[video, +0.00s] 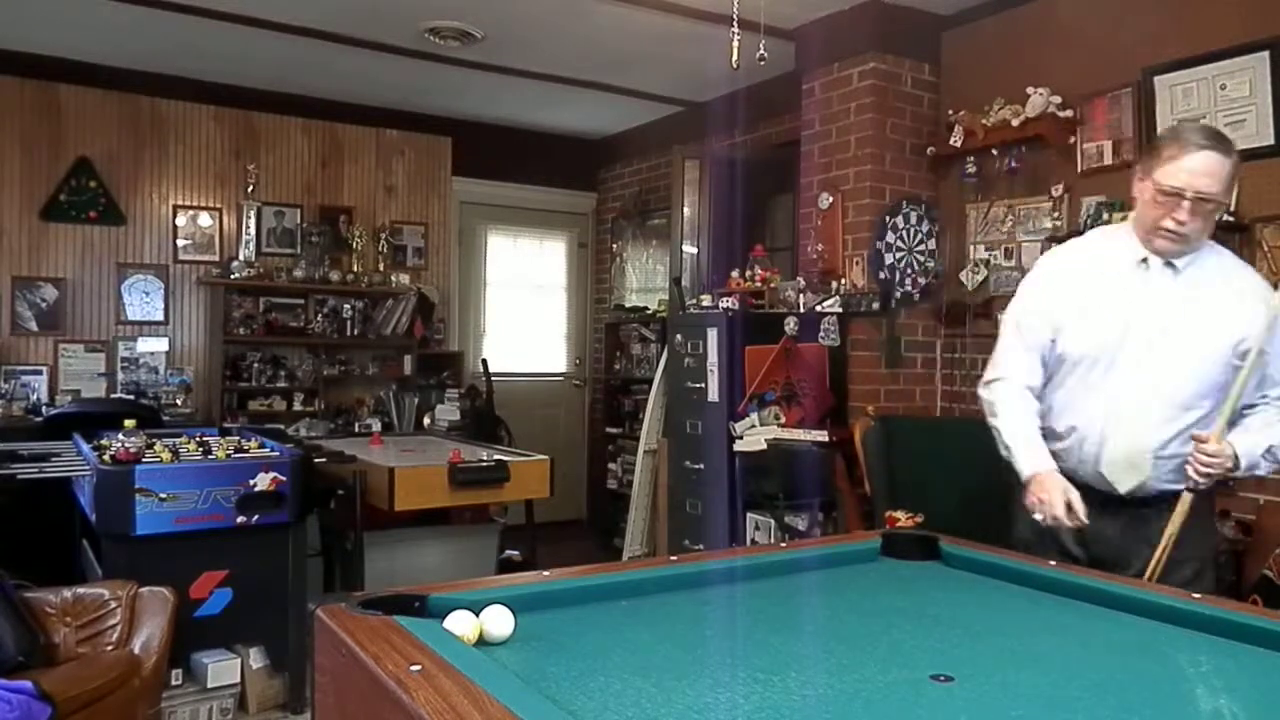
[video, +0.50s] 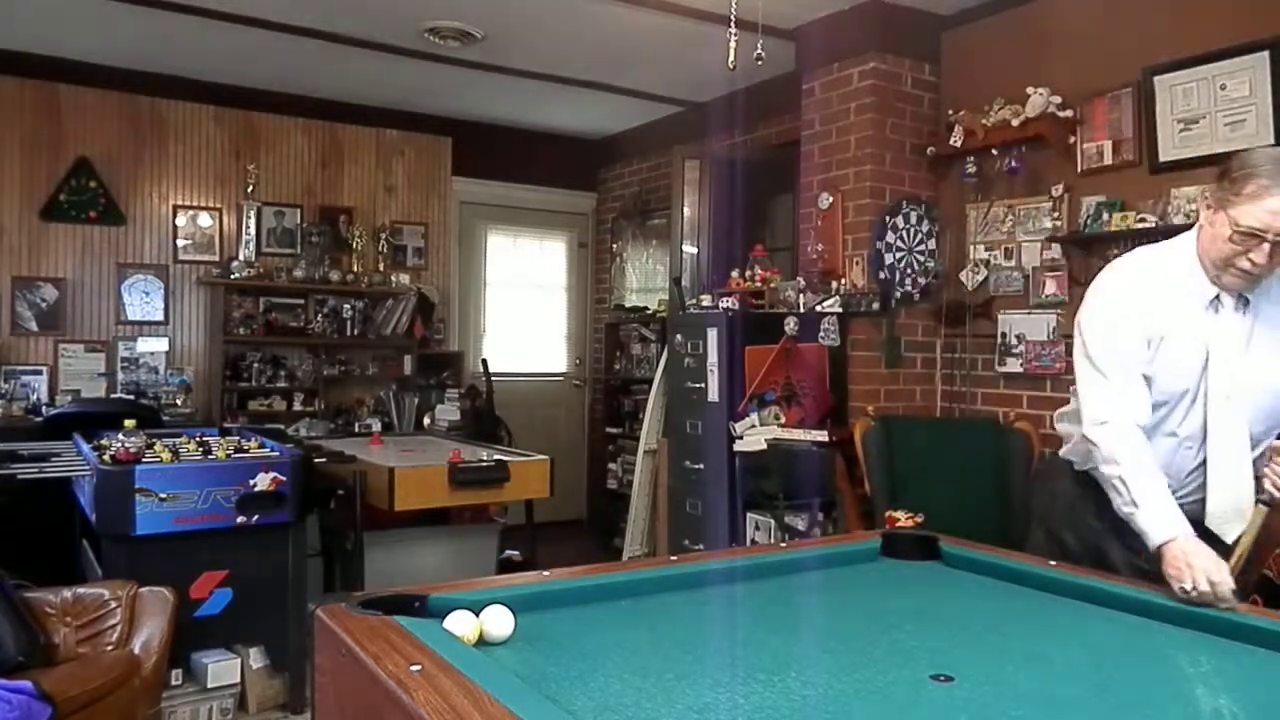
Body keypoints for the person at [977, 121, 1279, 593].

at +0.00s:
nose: (1181, 217)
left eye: (1203, 204)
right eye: (1170, 195)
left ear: (1224, 209)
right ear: (1138, 185)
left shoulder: (1251, 299)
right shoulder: (1065, 268)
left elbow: (1271, 407)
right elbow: (1007, 380)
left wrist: (1236, 452)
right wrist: (1037, 472)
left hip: (1174, 527)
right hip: (1060, 515)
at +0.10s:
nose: (1209, 223)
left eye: (1230, 209)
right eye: (1197, 201)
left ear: (1248, 213)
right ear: (1163, 188)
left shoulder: (1265, 296)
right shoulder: (1085, 268)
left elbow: (1274, 414)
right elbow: (1029, 388)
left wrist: (1251, 454)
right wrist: (1064, 489)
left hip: (1196, 525)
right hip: (1080, 514)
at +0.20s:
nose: (1227, 231)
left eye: (1249, 217)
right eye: (1214, 207)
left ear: (1266, 220)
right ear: (1178, 192)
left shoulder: (1271, 294)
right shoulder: (1100, 271)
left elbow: (1276, 418)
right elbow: (1052, 397)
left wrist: (1264, 457)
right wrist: (1091, 505)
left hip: (1203, 524)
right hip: (1083, 516)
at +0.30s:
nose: (1239, 241)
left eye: (1260, 227)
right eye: (1227, 217)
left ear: (1272, 227)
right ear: (1192, 198)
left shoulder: (1271, 293)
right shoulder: (1111, 276)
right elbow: (1074, 409)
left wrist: (1269, 465)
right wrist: (1120, 518)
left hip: (1210, 523)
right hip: (1090, 510)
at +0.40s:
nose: (1252, 251)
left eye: (1271, 237)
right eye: (1240, 227)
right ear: (1202, 207)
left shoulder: (1273, 293)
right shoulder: (1119, 282)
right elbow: (1094, 421)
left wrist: (1266, 461)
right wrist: (1148, 530)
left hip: (1211, 526)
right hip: (1091, 510)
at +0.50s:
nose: (1262, 258)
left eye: (1277, 244)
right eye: (1248, 235)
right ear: (1208, 211)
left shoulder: (1273, 296)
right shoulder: (1126, 288)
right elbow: (1110, 430)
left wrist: (1266, 459)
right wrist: (1172, 540)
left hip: (1206, 522)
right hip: (1095, 510)